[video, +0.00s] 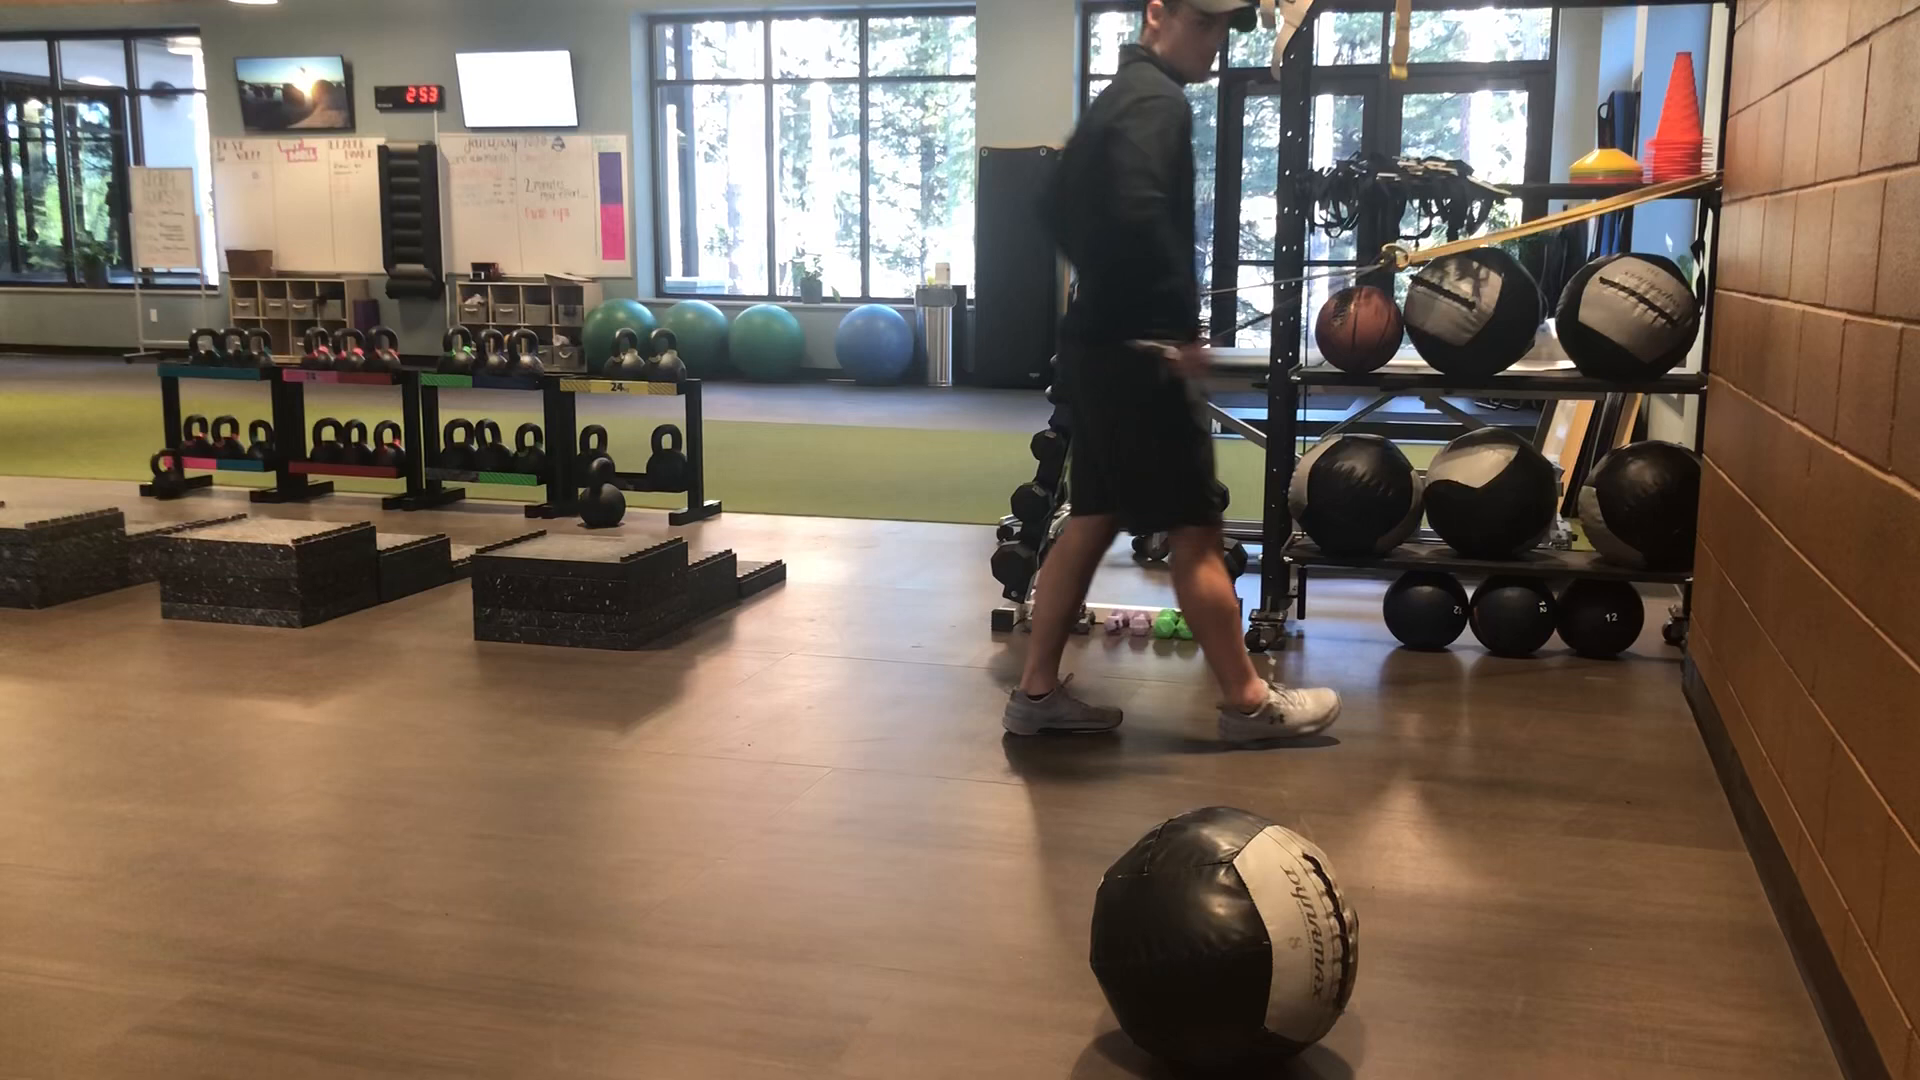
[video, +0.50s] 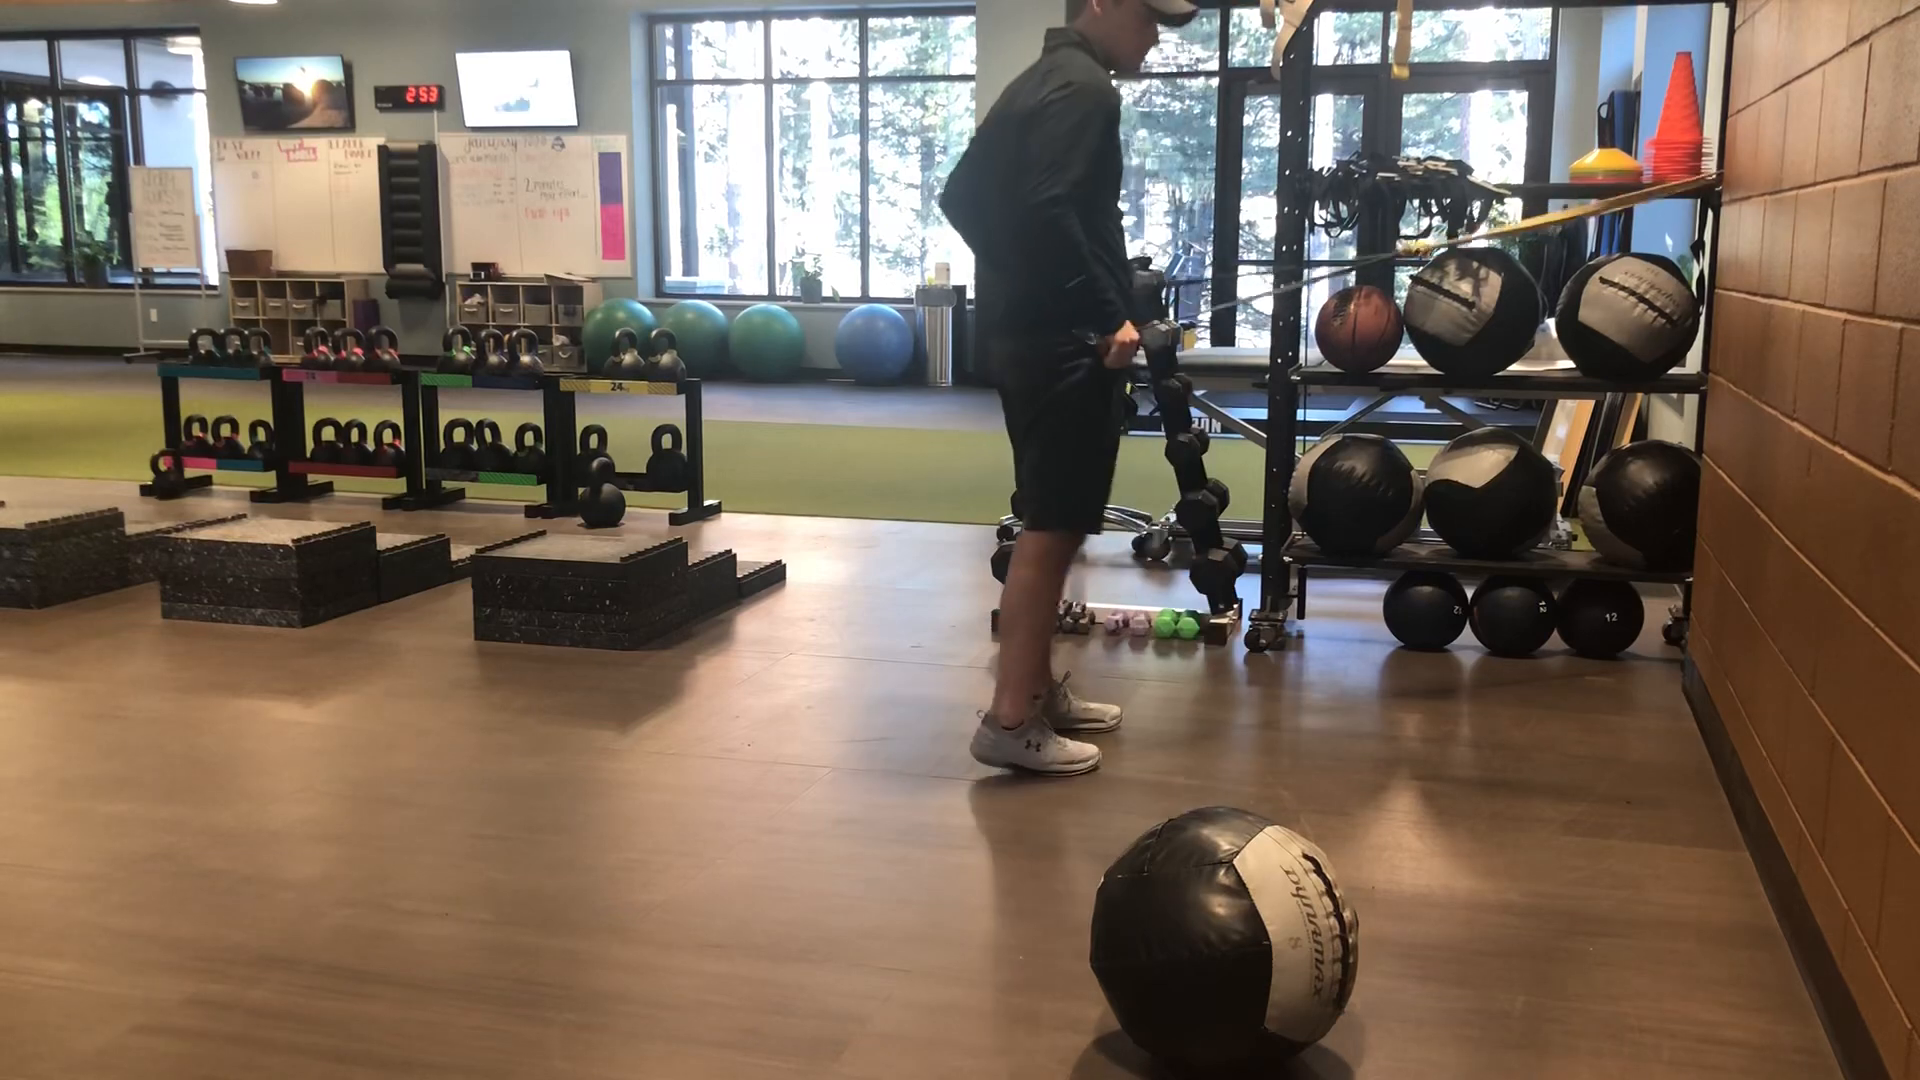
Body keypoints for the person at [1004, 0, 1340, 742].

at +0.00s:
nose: (1219, 46)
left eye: (1222, 32)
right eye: (1211, 28)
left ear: (1159, 25)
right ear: (1160, 19)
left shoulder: (1117, 97)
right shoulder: (1156, 99)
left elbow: (1055, 205)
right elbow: (1142, 211)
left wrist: (1111, 281)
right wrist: (1183, 327)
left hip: (1093, 348)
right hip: (1142, 352)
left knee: (1091, 517)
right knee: (1195, 531)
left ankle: (1035, 690)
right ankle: (1247, 698)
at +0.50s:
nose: (1154, 42)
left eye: (1158, 27)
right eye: (1149, 22)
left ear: (1092, 12)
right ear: (1101, 8)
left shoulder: (1034, 83)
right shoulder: (1086, 90)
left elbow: (961, 193)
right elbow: (1053, 207)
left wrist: (1030, 278)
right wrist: (1112, 315)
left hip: (1028, 339)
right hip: (1065, 342)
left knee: (1051, 519)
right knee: (1053, 526)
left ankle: (1036, 687)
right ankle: (1010, 722)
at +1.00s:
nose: (1091, 20)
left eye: (1089, 9)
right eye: (1086, 8)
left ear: (1014, 11)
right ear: (1055, 8)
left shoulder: (968, 96)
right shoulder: (1045, 109)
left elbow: (967, 238)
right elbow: (1051, 260)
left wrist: (1075, 272)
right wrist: (1121, 348)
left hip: (960, 342)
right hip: (1011, 348)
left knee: (1004, 529)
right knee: (1009, 540)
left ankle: (983, 681)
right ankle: (1001, 731)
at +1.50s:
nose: (991, 16)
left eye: (987, 6)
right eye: (985, 5)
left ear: (925, 14)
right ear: (959, 9)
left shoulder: (889, 98)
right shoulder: (954, 101)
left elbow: (902, 231)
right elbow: (972, 229)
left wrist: (1030, 284)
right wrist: (1043, 299)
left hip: (887, 339)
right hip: (946, 337)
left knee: (910, 515)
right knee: (1019, 516)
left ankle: (896, 697)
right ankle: (965, 704)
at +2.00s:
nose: (981, 21)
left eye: (978, 9)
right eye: (977, 9)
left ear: (913, 16)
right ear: (954, 11)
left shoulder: (878, 101)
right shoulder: (945, 106)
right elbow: (967, 236)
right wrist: (1051, 293)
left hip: (874, 335)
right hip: (925, 338)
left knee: (918, 526)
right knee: (937, 532)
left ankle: (889, 695)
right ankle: (929, 730)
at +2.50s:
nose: (944, 13)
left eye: (941, 2)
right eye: (938, 2)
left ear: (875, 15)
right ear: (908, 9)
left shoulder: (846, 99)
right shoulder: (922, 106)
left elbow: (832, 233)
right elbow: (972, 231)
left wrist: (919, 293)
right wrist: (1073, 260)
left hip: (848, 334)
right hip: (908, 339)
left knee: (883, 527)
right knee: (927, 540)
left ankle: (881, 700)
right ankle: (925, 729)